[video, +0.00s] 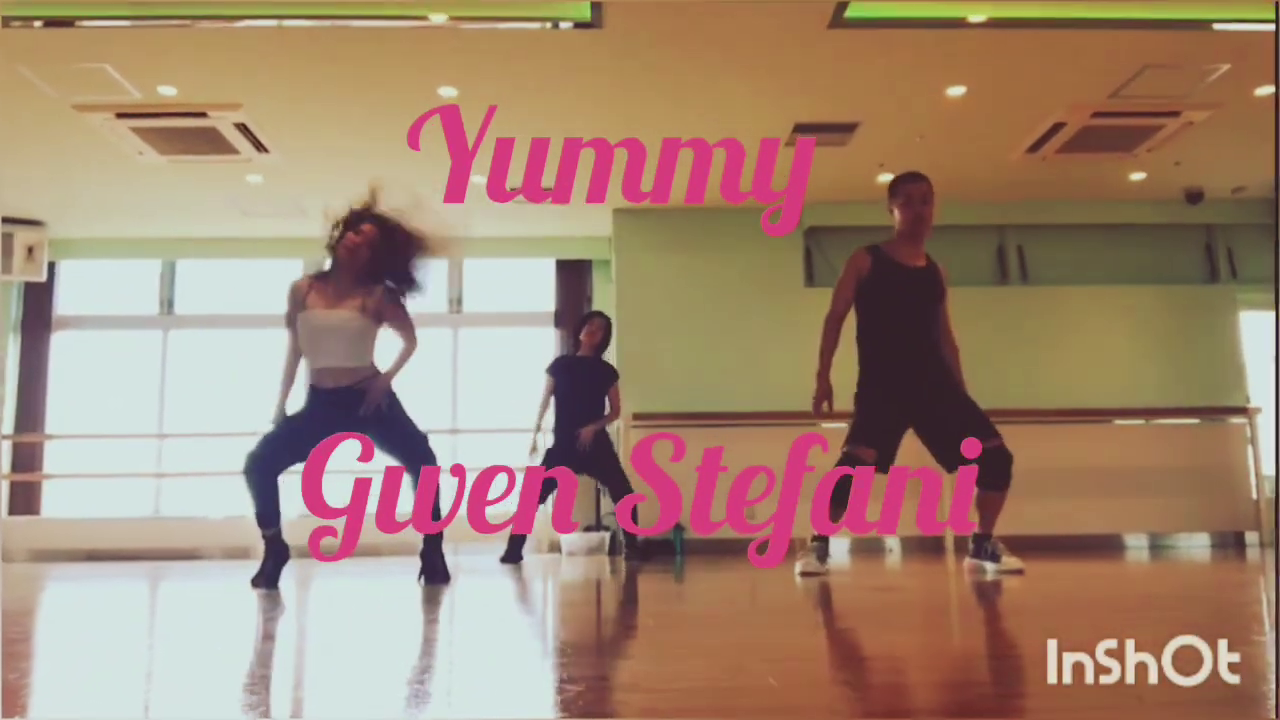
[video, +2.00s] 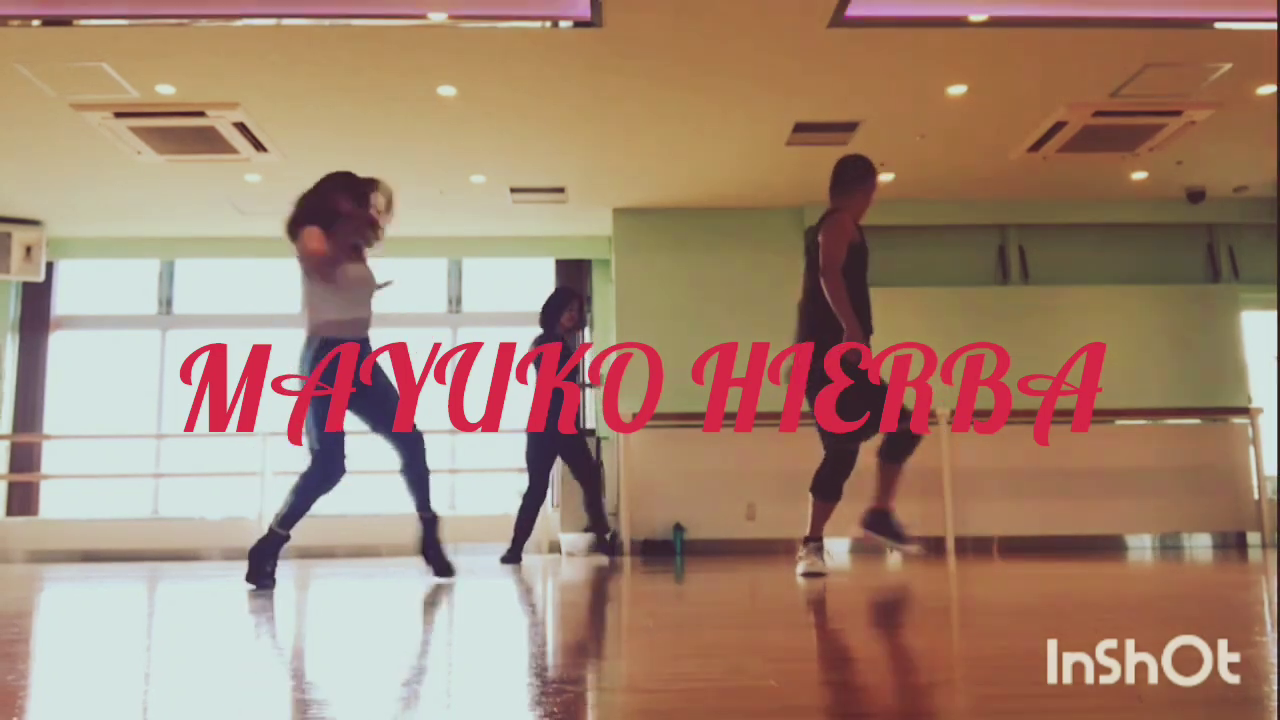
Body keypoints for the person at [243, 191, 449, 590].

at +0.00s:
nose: (352, 238)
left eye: (363, 237)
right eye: (352, 231)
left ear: (375, 256)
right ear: (339, 237)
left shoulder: (378, 296)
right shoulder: (303, 290)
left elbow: (410, 342)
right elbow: (294, 349)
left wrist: (385, 379)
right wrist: (282, 403)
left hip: (370, 404)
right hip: (321, 407)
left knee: (423, 460)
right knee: (259, 465)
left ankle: (433, 550)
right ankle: (274, 548)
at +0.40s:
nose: (349, 197)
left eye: (361, 196)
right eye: (347, 188)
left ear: (373, 210)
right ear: (334, 193)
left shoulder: (376, 244)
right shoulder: (299, 240)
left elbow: (409, 292)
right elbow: (285, 308)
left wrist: (390, 328)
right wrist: (284, 364)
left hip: (375, 347)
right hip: (325, 352)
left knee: (406, 449)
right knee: (281, 456)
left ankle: (429, 545)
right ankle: (271, 548)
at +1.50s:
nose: (339, 209)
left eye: (350, 203)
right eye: (334, 199)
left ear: (364, 212)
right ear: (323, 204)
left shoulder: (380, 255)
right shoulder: (304, 256)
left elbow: (395, 313)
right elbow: (303, 314)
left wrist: (398, 363)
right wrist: (305, 358)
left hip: (354, 360)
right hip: (308, 358)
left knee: (387, 453)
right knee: (260, 447)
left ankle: (428, 543)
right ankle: (272, 543)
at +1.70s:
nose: (335, 235)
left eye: (346, 231)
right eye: (330, 226)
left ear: (359, 243)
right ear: (317, 233)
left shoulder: (368, 289)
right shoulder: (298, 287)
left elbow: (398, 343)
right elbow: (294, 341)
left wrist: (410, 398)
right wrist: (300, 374)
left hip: (376, 395)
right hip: (330, 402)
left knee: (390, 469)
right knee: (258, 462)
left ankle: (434, 543)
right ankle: (277, 546)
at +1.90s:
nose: (358, 229)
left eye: (365, 221)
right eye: (352, 219)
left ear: (370, 226)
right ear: (333, 218)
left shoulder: (367, 264)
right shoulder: (302, 259)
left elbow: (392, 305)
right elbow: (258, 291)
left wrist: (426, 318)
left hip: (368, 369)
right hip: (325, 370)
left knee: (403, 454)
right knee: (314, 463)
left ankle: (438, 543)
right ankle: (275, 550)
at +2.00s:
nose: (366, 211)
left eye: (367, 203)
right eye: (359, 202)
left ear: (358, 208)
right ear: (338, 202)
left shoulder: (354, 239)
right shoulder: (313, 233)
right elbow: (320, 264)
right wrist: (342, 243)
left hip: (359, 358)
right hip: (325, 359)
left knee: (411, 443)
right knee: (328, 468)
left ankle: (430, 535)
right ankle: (267, 547)